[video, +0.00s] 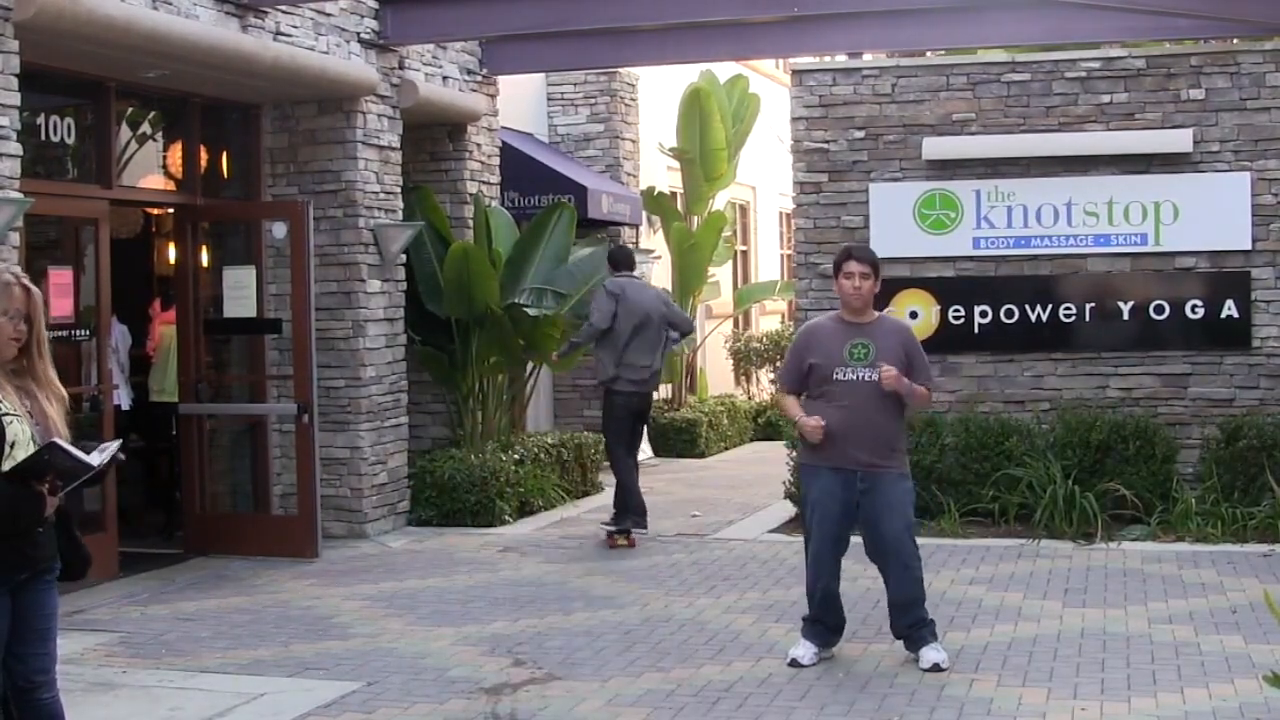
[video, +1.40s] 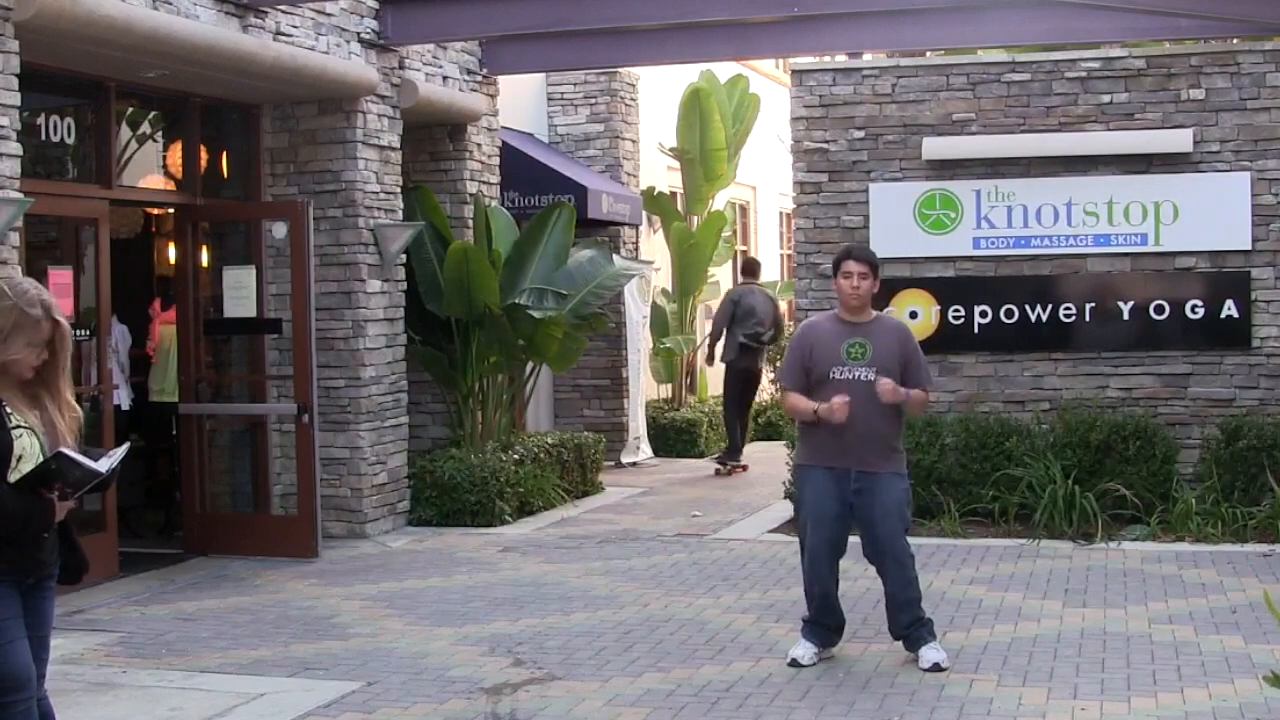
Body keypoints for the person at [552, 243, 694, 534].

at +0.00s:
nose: (608, 269)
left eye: (608, 265)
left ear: (610, 267)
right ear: (634, 266)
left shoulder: (610, 289)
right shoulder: (655, 294)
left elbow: (599, 324)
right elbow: (687, 326)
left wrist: (566, 350)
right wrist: (661, 342)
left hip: (618, 386)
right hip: (645, 388)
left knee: (618, 452)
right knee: (628, 454)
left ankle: (634, 517)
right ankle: (622, 517)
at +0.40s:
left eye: (635, 263)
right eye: (650, 262)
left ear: (634, 264)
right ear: (657, 265)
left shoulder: (628, 287)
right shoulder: (671, 293)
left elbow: (618, 322)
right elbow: (684, 334)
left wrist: (599, 349)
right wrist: (664, 349)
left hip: (630, 373)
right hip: (656, 375)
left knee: (630, 432)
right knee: (644, 435)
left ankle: (640, 493)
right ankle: (635, 490)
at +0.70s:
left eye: (669, 264)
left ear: (666, 267)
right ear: (685, 272)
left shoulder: (654, 290)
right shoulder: (693, 297)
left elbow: (643, 325)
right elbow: (699, 333)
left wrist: (633, 351)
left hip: (653, 369)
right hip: (677, 372)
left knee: (650, 424)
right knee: (664, 425)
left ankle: (656, 479)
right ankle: (657, 476)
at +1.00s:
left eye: (699, 266)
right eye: (709, 268)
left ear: (695, 268)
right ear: (714, 271)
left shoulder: (685, 291)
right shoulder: (721, 297)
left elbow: (673, 323)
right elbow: (725, 333)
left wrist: (664, 348)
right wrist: (709, 344)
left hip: (684, 363)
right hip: (706, 366)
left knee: (682, 414)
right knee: (696, 415)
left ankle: (688, 465)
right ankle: (689, 463)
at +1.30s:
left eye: (730, 268)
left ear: (728, 270)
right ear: (746, 271)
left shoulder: (720, 293)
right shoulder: (756, 296)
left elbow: (708, 325)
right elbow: (763, 330)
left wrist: (697, 350)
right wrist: (750, 342)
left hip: (723, 357)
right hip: (745, 358)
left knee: (717, 407)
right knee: (731, 409)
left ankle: (721, 457)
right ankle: (722, 456)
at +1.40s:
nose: (743, 275)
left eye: (741, 271)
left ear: (741, 272)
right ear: (759, 274)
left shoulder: (735, 294)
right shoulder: (769, 297)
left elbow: (719, 324)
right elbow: (778, 330)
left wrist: (711, 349)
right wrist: (764, 343)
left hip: (736, 361)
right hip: (755, 363)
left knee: (730, 407)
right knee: (745, 409)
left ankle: (733, 453)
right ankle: (736, 452)